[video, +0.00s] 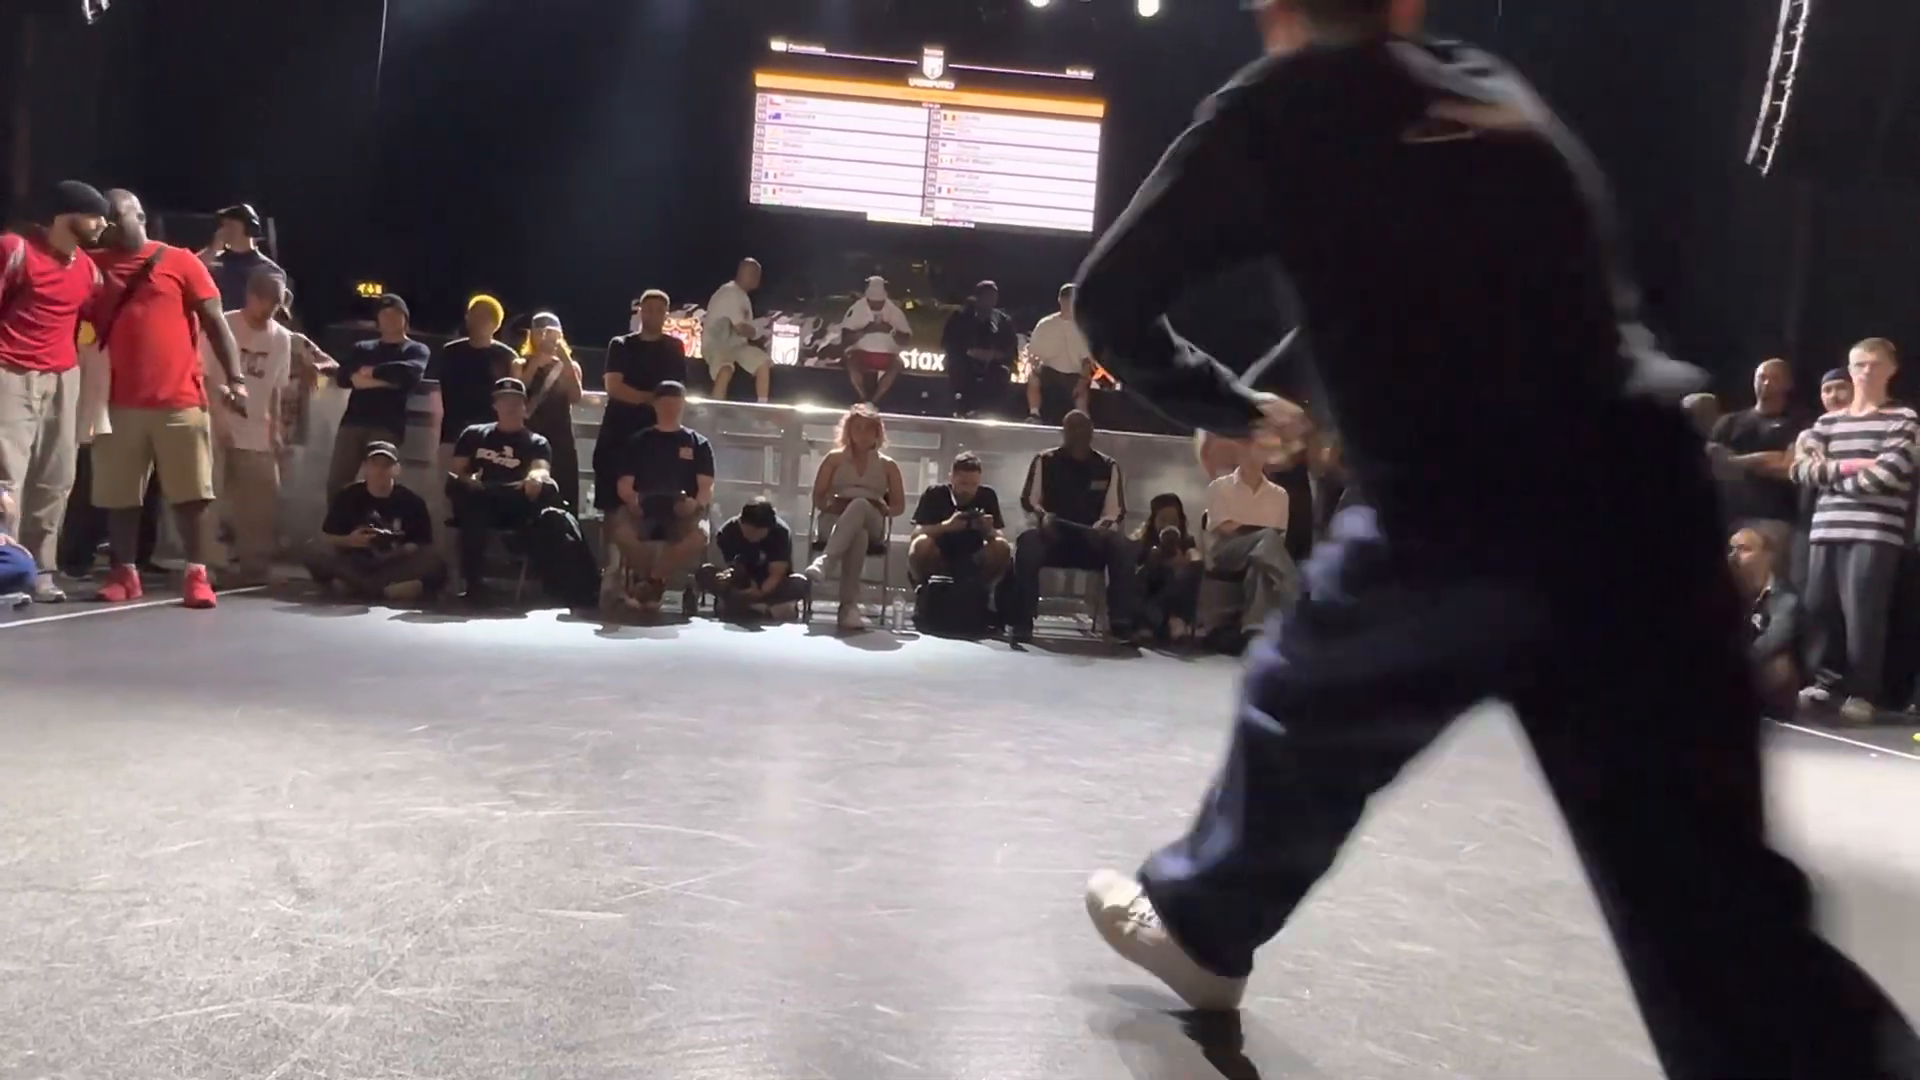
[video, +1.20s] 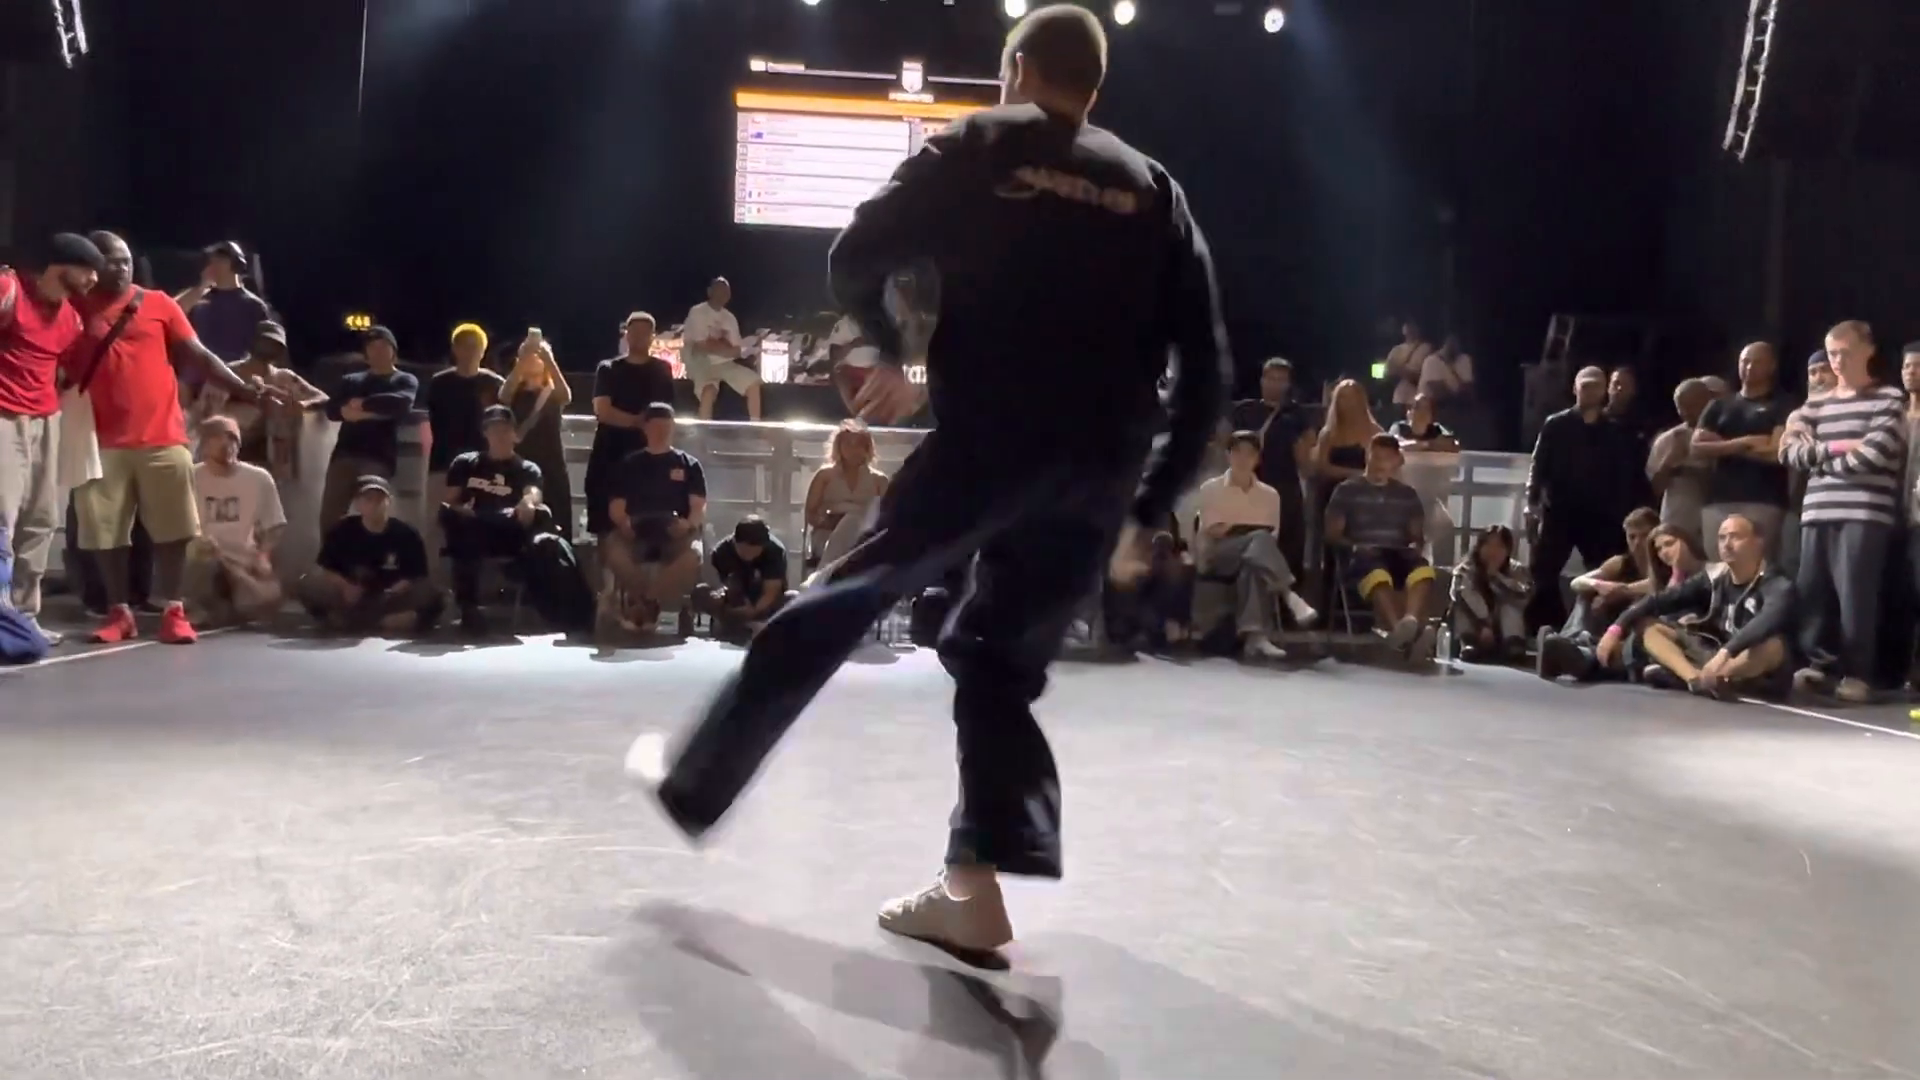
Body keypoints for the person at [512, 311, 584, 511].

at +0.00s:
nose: (547, 337)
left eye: (552, 331)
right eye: (541, 332)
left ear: (560, 335)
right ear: (532, 335)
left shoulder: (569, 366)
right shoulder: (521, 364)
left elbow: (575, 396)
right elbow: (515, 394)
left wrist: (564, 356)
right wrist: (535, 364)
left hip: (560, 436)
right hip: (529, 434)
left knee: (565, 495)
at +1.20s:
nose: (533, 362)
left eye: (538, 357)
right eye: (528, 357)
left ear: (546, 363)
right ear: (519, 363)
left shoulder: (554, 391)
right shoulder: (514, 390)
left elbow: (565, 397)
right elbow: (504, 397)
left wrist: (550, 361)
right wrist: (521, 360)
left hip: (550, 458)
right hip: (521, 459)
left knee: (558, 514)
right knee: (522, 512)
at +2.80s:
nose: (546, 359)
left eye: (551, 354)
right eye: (541, 354)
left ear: (561, 361)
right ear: (534, 361)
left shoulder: (574, 394)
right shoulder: (525, 393)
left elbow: (578, 420)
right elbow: (519, 422)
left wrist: (565, 382)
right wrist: (535, 390)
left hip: (565, 466)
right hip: (534, 466)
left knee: (572, 524)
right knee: (535, 524)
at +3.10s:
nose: (552, 361)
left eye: (558, 356)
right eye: (546, 355)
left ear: (567, 359)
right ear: (538, 359)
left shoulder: (579, 391)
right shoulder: (529, 389)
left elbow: (584, 423)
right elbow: (525, 425)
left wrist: (566, 386)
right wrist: (541, 390)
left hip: (570, 463)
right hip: (539, 462)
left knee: (577, 523)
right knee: (540, 522)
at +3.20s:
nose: (553, 358)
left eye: (559, 353)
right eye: (548, 353)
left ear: (567, 357)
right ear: (541, 357)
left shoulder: (581, 389)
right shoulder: (530, 388)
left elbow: (587, 427)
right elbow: (528, 428)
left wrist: (570, 396)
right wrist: (547, 401)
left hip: (571, 459)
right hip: (541, 458)